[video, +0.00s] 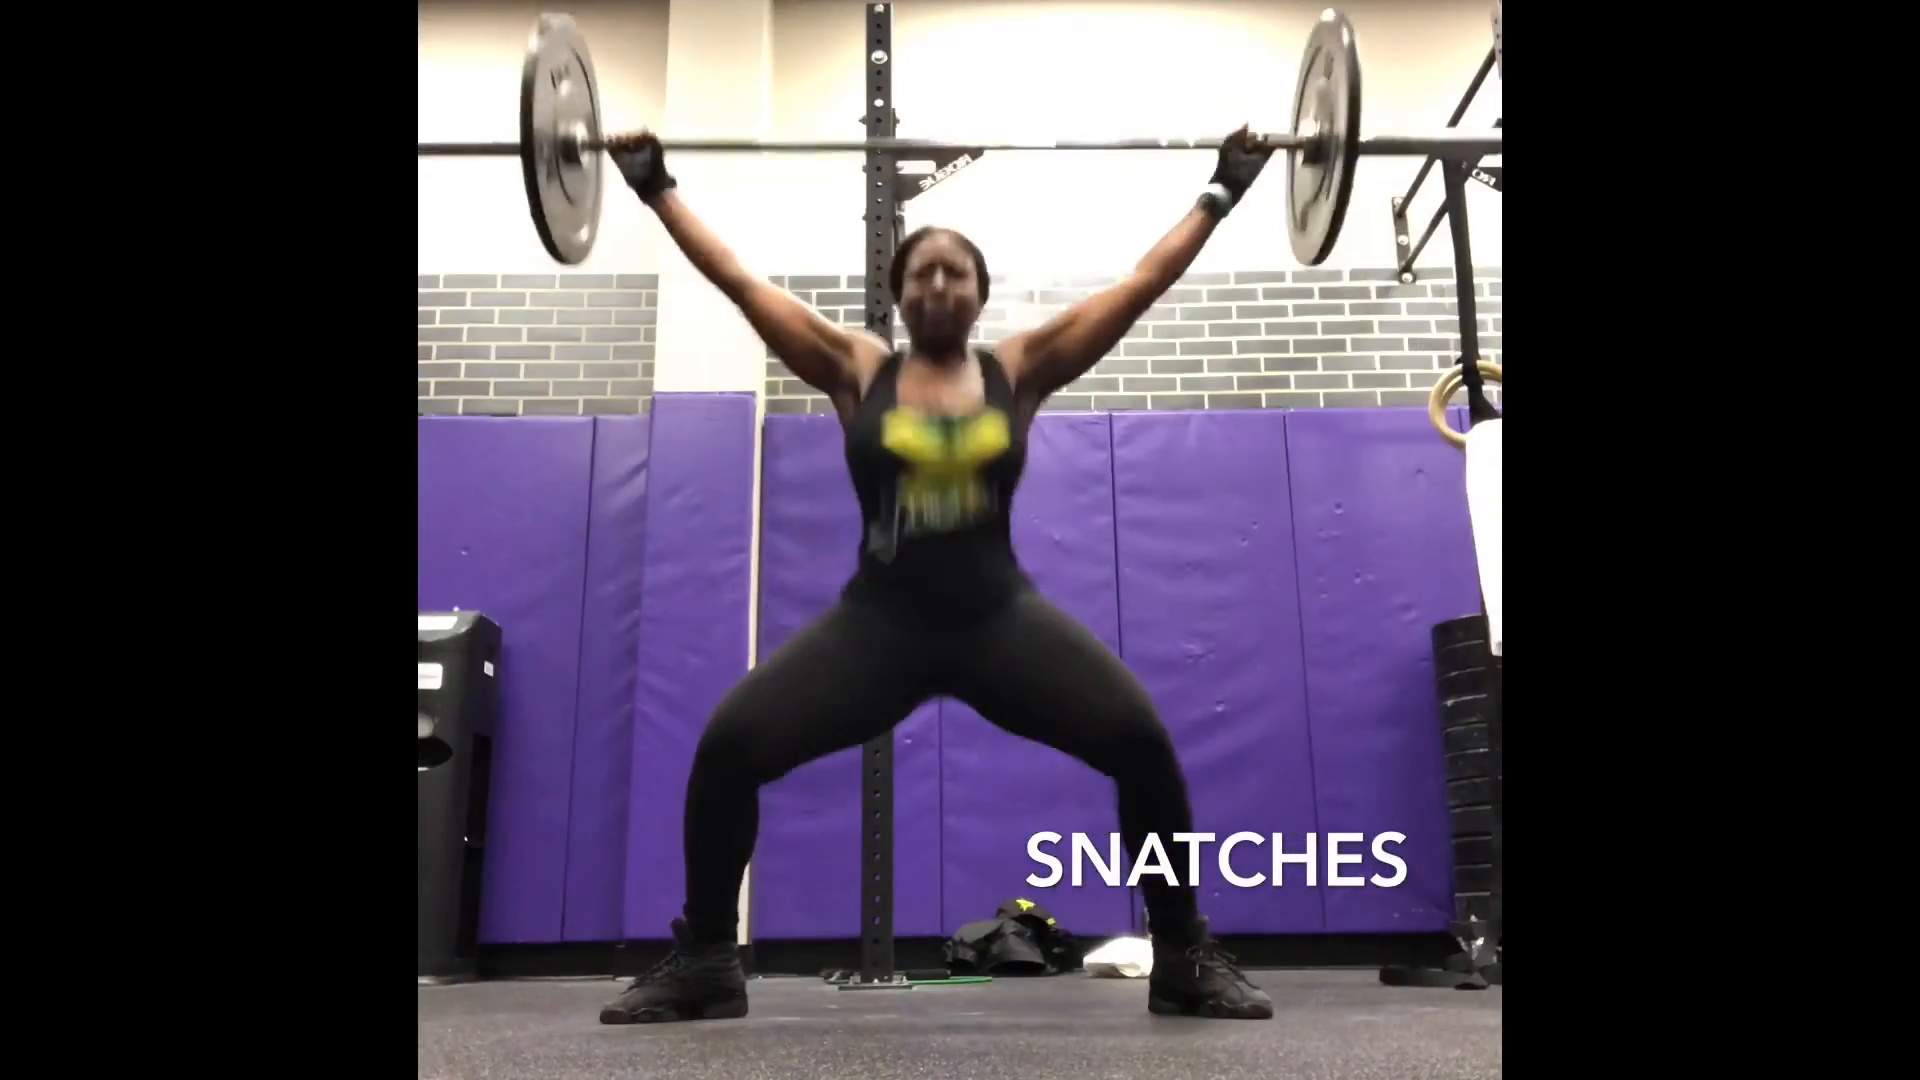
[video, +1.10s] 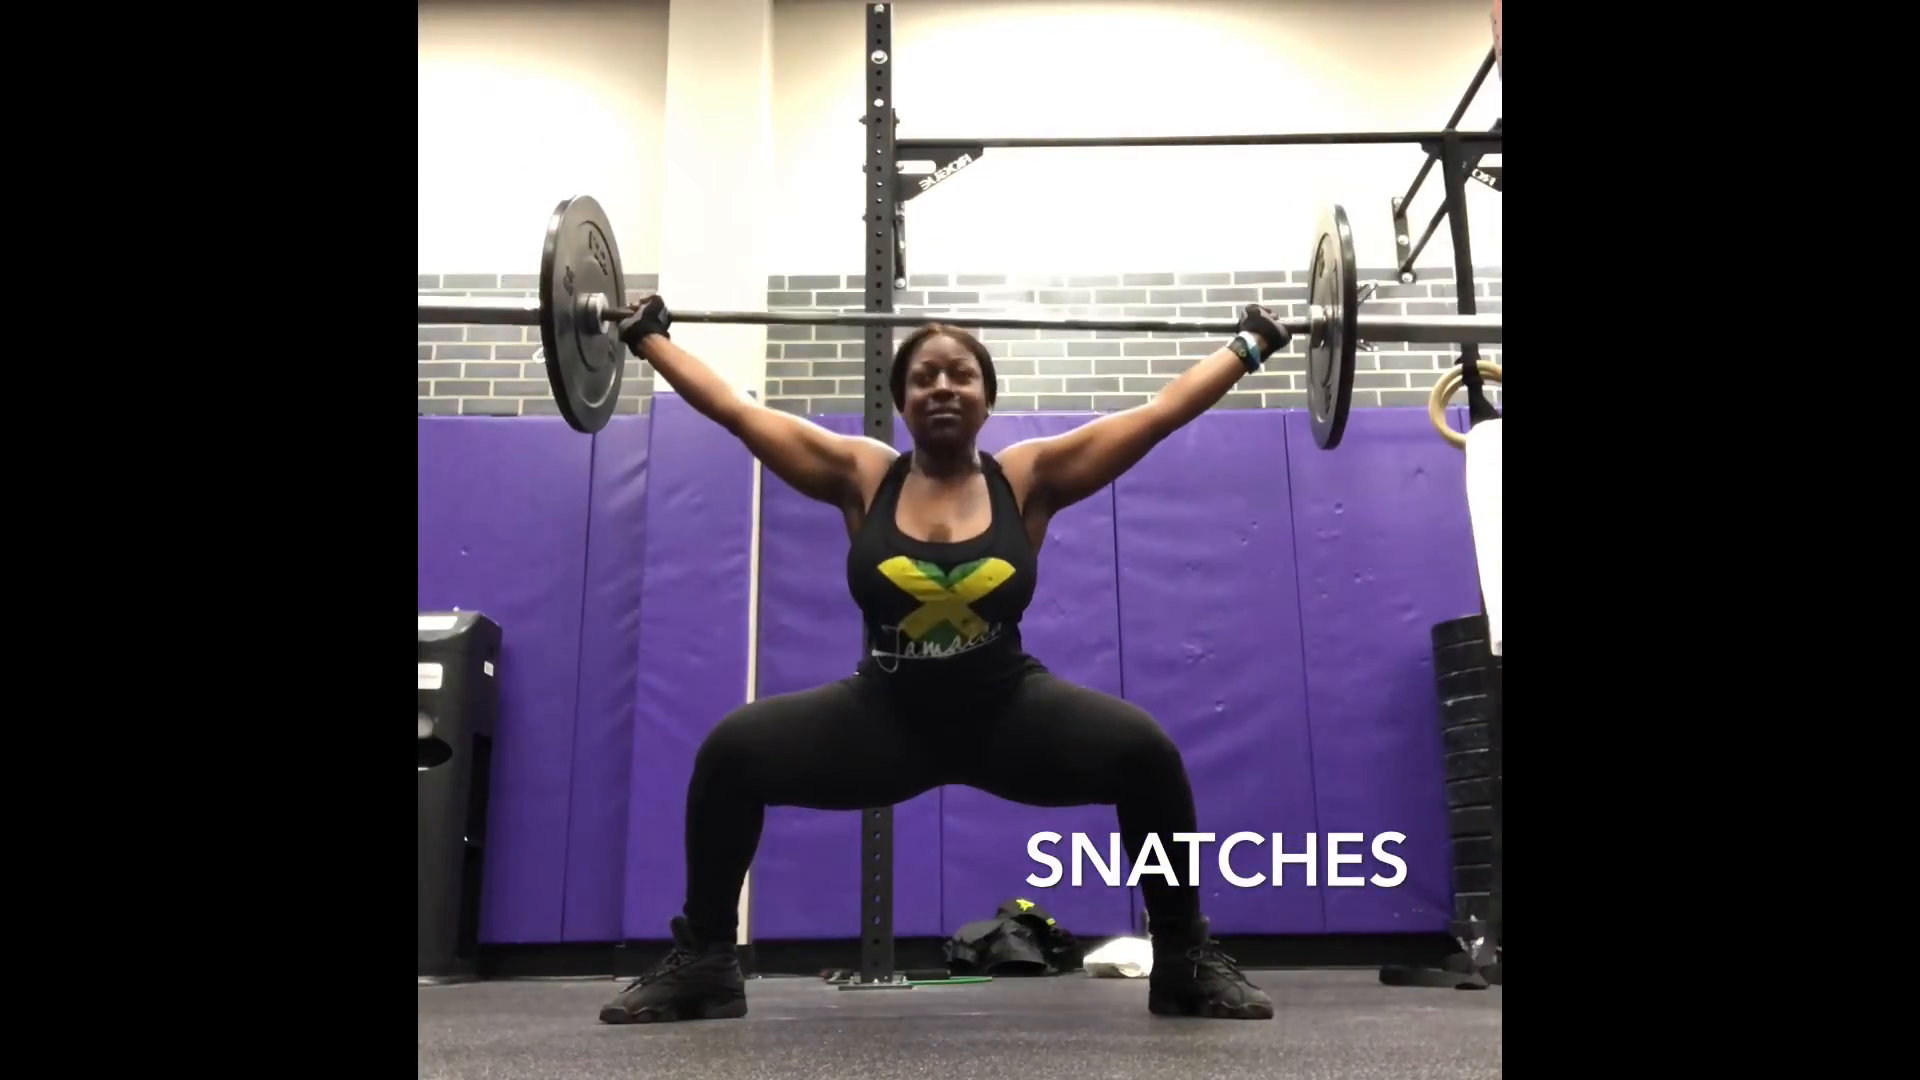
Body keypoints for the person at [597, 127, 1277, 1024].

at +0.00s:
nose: (942, 285)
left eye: (958, 275)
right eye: (925, 274)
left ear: (981, 298)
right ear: (899, 297)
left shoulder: (1017, 371)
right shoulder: (857, 369)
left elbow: (1137, 290)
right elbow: (742, 284)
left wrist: (1220, 194)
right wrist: (657, 189)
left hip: (998, 625)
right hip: (880, 627)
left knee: (1141, 741)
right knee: (731, 743)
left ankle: (1185, 967)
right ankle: (704, 966)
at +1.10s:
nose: (943, 388)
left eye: (961, 375)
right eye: (924, 377)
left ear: (988, 397)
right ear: (900, 401)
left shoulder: (1031, 479)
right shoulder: (858, 475)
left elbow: (1162, 412)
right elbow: (731, 406)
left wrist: (1258, 336)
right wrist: (645, 331)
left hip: (1007, 714)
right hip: (884, 717)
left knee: (1145, 753)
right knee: (731, 752)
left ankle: (1185, 964)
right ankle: (705, 960)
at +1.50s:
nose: (945, 396)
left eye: (964, 385)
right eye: (927, 387)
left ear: (994, 413)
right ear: (904, 416)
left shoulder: (1034, 493)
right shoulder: (864, 489)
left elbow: (1164, 430)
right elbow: (736, 424)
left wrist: (1263, 359)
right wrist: (642, 348)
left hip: (1008, 725)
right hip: (885, 727)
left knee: (1140, 751)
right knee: (739, 752)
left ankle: (1184, 964)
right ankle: (704, 961)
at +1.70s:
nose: (947, 385)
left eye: (965, 374)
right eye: (928, 376)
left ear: (993, 402)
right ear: (903, 406)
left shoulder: (1033, 483)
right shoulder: (862, 479)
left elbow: (1162, 423)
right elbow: (733, 416)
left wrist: (1260, 353)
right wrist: (640, 335)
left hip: (1007, 715)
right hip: (884, 717)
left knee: (1139, 751)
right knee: (739, 752)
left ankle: (1183, 966)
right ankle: (705, 961)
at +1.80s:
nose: (947, 370)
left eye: (965, 361)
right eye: (928, 363)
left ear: (992, 392)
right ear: (904, 395)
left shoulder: (1034, 470)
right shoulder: (862, 466)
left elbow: (1164, 411)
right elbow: (732, 404)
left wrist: (1263, 341)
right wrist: (641, 325)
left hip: (1007, 705)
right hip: (885, 706)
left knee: (1141, 754)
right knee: (738, 750)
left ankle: (1184, 962)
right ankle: (704, 960)